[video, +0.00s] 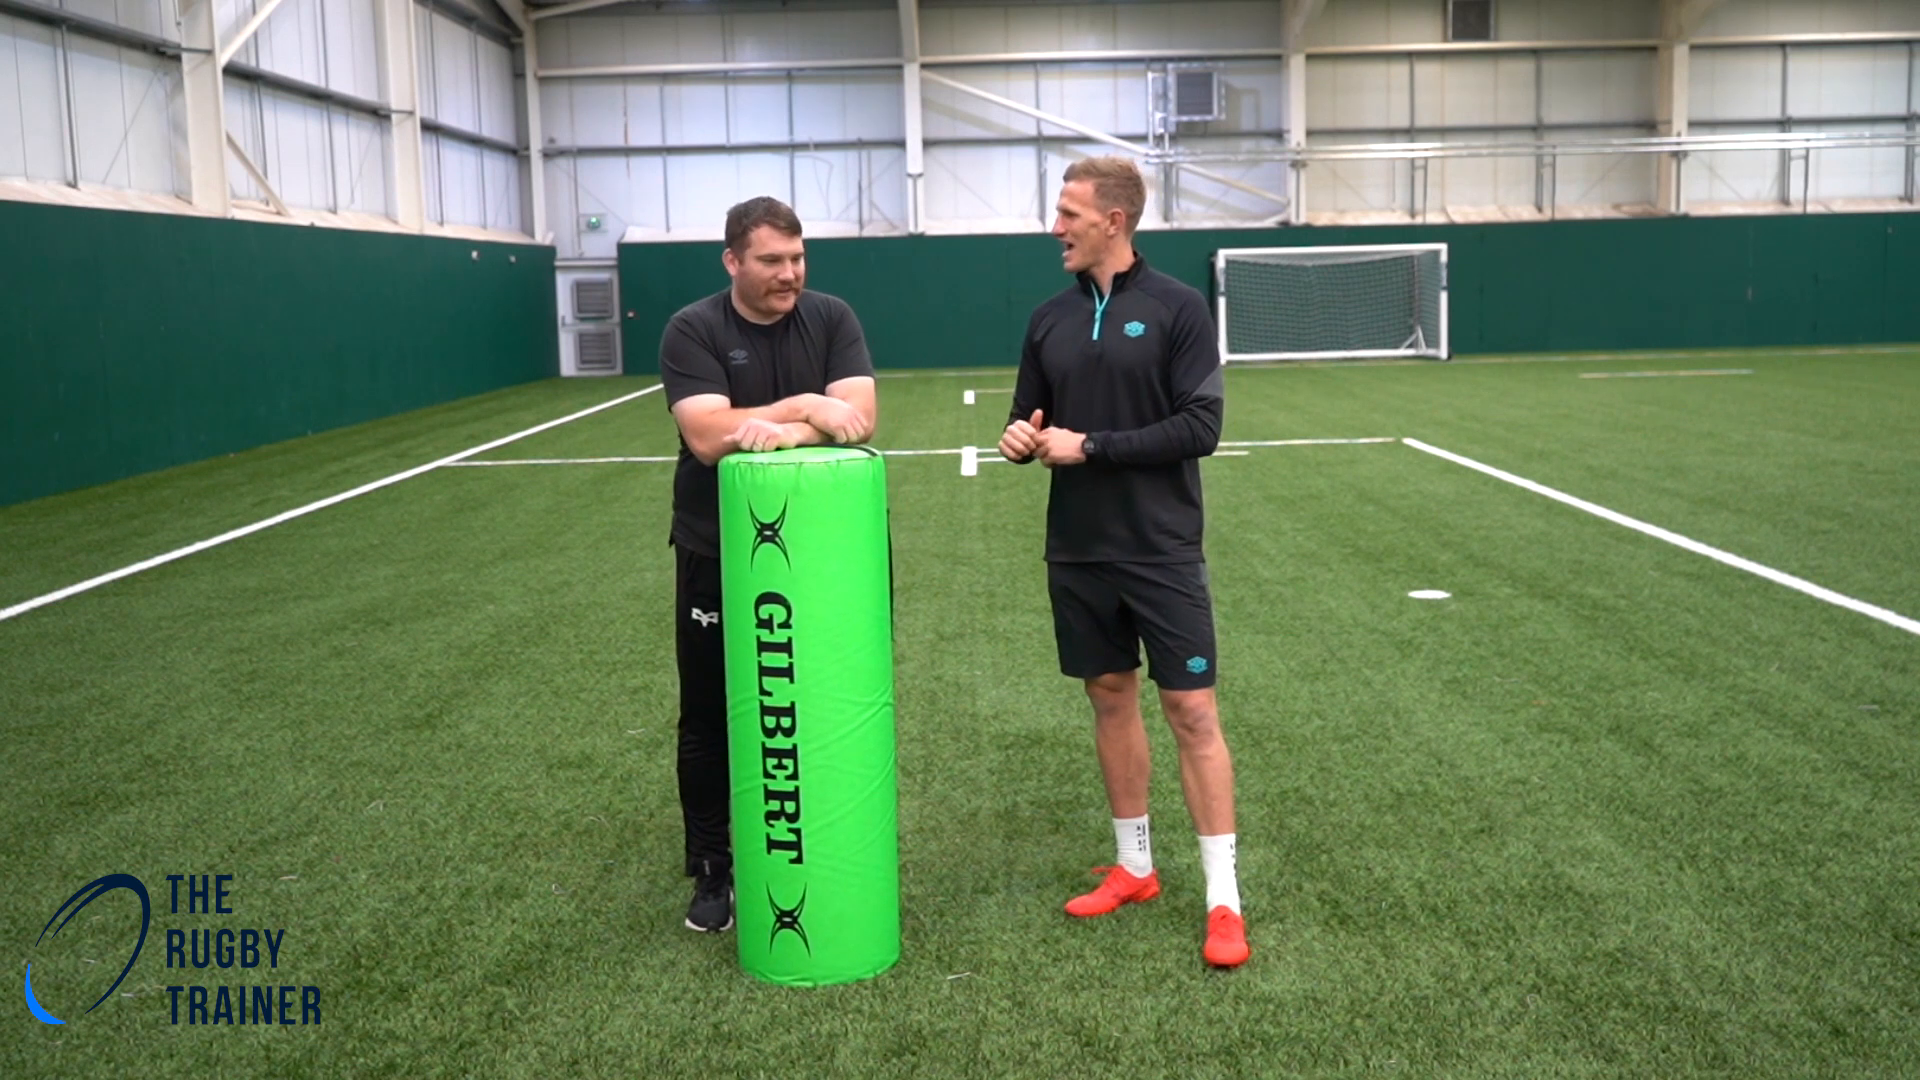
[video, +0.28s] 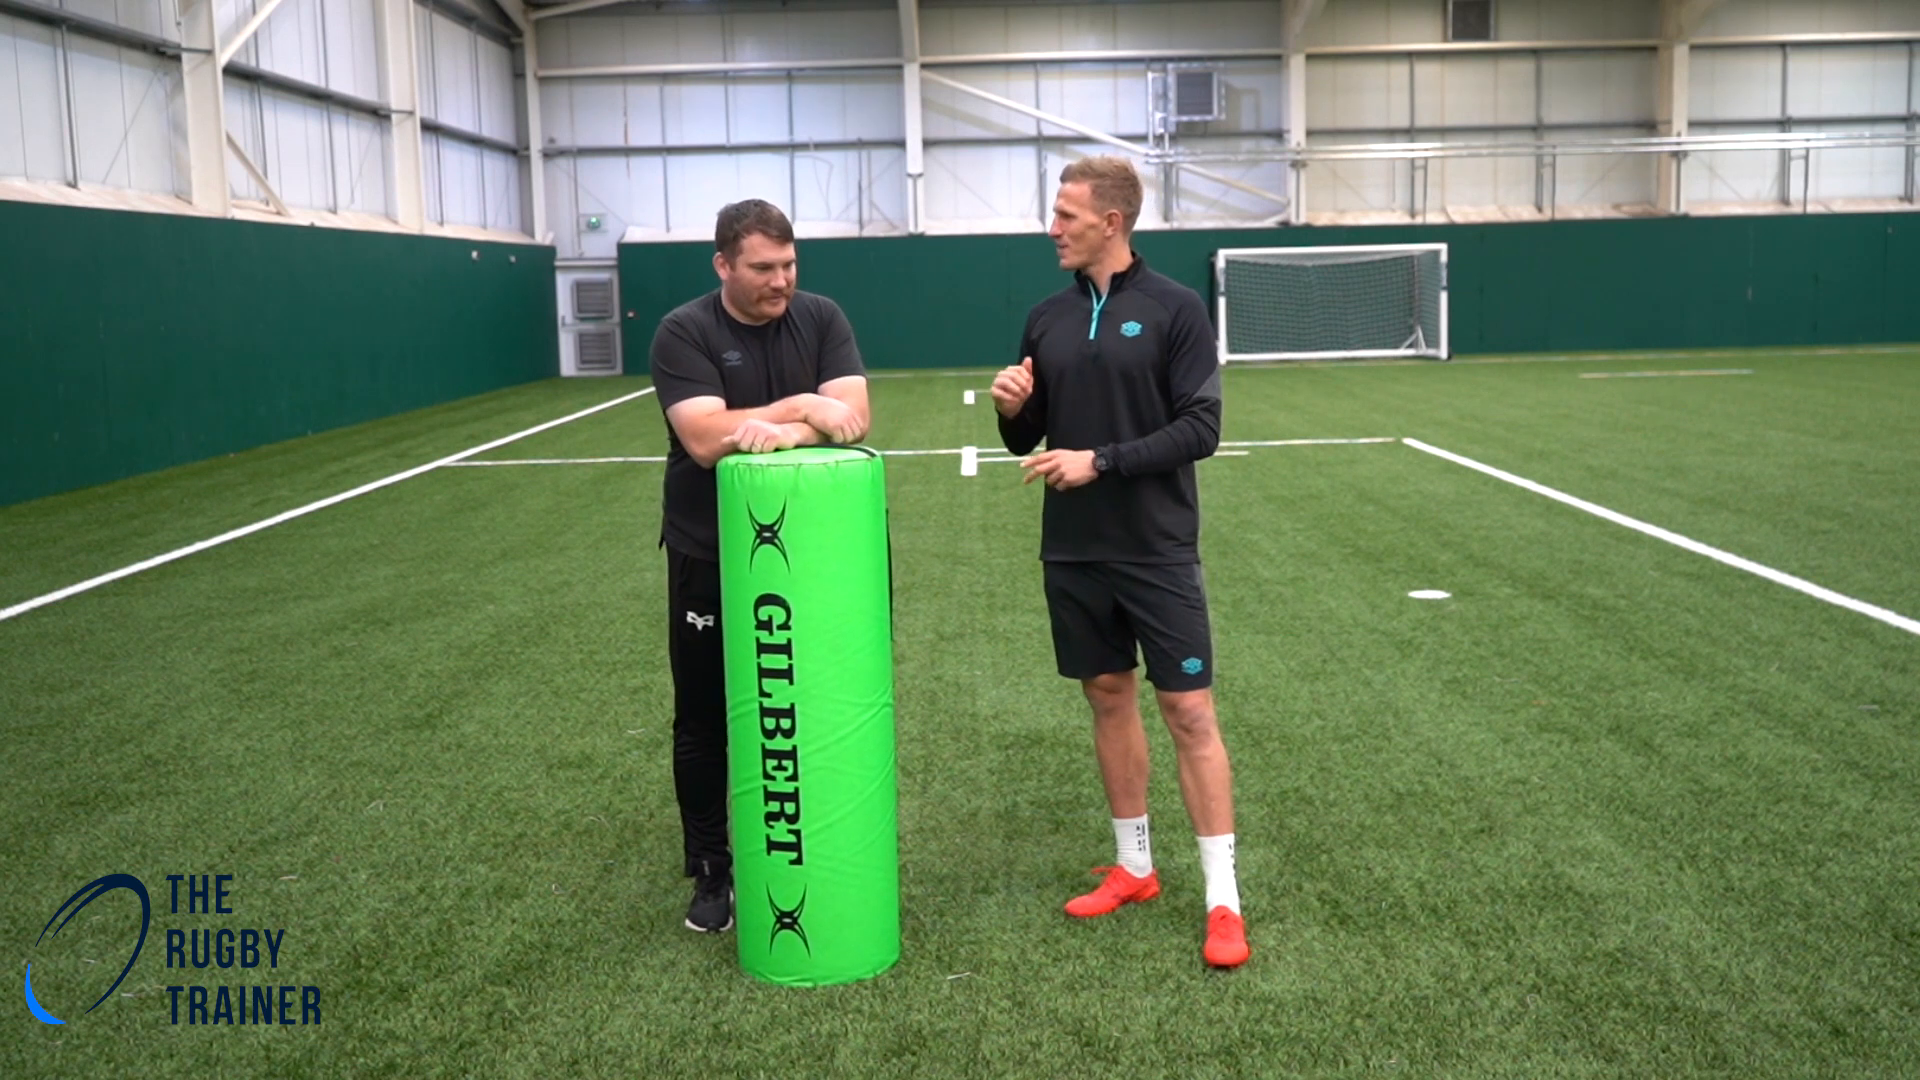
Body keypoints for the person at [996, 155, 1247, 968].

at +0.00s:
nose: (1056, 228)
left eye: (1069, 215)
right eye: (1057, 214)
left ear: (1117, 222)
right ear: (1085, 221)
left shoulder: (1180, 308)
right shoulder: (1049, 318)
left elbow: (1201, 427)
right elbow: (1026, 427)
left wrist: (1089, 444)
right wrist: (1021, 437)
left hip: (1163, 551)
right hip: (1079, 551)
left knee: (1193, 709)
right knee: (1109, 698)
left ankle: (1223, 897)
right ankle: (1134, 868)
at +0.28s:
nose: (1053, 228)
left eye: (1067, 216)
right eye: (1054, 215)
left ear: (1115, 224)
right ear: (1079, 223)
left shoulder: (1177, 308)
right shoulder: (1047, 317)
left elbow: (1201, 429)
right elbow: (1029, 438)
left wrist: (1098, 459)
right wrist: (1012, 405)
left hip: (1159, 550)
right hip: (1075, 550)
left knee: (1190, 709)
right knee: (1107, 697)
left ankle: (1223, 898)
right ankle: (1134, 869)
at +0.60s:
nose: (1054, 227)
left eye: (1068, 216)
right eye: (1055, 214)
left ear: (1115, 225)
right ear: (1078, 221)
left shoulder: (1177, 310)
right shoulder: (1046, 317)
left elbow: (1200, 429)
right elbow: (1018, 418)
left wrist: (1090, 444)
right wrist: (1019, 434)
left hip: (1158, 549)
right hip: (1074, 550)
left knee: (1189, 710)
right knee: (1106, 697)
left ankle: (1223, 897)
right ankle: (1134, 868)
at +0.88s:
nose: (1048, 227)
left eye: (1061, 216)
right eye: (1049, 214)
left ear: (1109, 225)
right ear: (1074, 223)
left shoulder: (1174, 309)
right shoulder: (1042, 317)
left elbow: (1209, 427)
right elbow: (1023, 423)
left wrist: (1102, 449)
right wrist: (1026, 442)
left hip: (1162, 549)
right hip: (1078, 551)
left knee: (1191, 708)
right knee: (1108, 697)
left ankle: (1222, 895)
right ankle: (1134, 868)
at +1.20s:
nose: (1048, 227)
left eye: (1061, 216)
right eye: (1049, 214)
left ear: (1110, 223)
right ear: (1075, 221)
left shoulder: (1174, 307)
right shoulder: (1043, 318)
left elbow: (1210, 426)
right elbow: (1029, 426)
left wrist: (1103, 451)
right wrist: (1026, 452)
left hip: (1163, 549)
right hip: (1080, 550)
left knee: (1193, 710)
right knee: (1110, 698)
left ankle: (1223, 896)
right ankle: (1134, 868)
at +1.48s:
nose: (1047, 227)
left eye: (1061, 215)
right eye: (1049, 213)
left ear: (1109, 223)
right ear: (1079, 221)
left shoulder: (1175, 308)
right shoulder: (1044, 320)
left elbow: (1209, 431)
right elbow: (1029, 435)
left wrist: (1169, 534)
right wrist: (1003, 531)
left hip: (1165, 551)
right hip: (1080, 552)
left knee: (1194, 711)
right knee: (1110, 699)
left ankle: (1223, 898)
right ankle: (1133, 869)